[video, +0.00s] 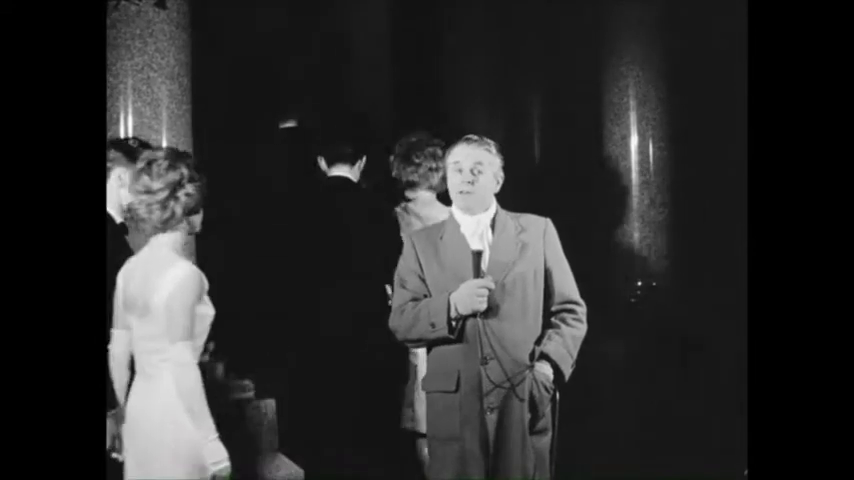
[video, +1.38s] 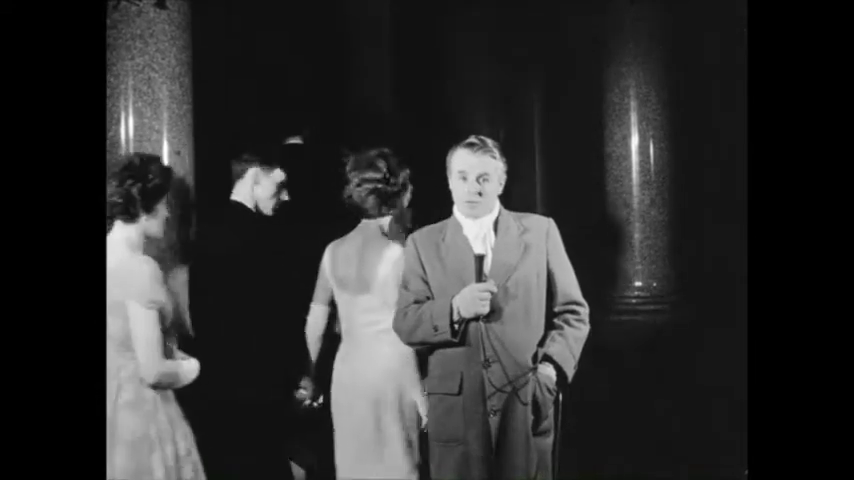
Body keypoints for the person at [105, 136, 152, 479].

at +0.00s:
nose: (142, 191)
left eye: (141, 179)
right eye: (137, 177)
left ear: (119, 179)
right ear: (117, 179)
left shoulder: (122, 239)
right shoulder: (114, 242)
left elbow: (119, 334)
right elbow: (115, 333)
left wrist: (118, 409)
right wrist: (114, 409)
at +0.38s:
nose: (186, 194)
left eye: (187, 184)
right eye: (179, 181)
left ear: (148, 176)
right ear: (145, 175)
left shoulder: (147, 239)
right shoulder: (127, 240)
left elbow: (155, 325)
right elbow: (138, 328)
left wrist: (169, 395)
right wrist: (164, 397)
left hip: (147, 403)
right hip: (134, 407)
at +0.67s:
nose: (204, 191)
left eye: (203, 181)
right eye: (196, 179)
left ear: (166, 177)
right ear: (165, 176)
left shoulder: (163, 234)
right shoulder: (152, 237)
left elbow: (183, 319)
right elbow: (170, 323)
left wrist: (206, 380)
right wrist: (201, 383)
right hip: (163, 396)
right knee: (169, 471)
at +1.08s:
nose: (238, 192)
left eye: (237, 182)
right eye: (229, 181)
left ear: (200, 179)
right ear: (199, 178)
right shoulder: (186, 239)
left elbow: (221, 320)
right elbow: (202, 326)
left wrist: (251, 377)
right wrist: (249, 379)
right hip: (197, 393)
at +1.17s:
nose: (250, 193)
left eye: (250, 182)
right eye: (241, 182)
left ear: (213, 180)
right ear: (212, 178)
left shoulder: (183, 235)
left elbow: (234, 319)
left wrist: (263, 375)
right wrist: (262, 377)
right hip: (210, 393)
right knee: (233, 469)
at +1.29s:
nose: (271, 195)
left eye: (270, 185)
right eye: (263, 184)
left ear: (234, 181)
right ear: (234, 180)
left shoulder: (197, 236)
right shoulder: (243, 238)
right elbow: (253, 318)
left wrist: (285, 375)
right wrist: (285, 375)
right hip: (238, 384)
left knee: (219, 469)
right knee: (251, 467)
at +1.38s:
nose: (284, 196)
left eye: (285, 186)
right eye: (278, 184)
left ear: (249, 178)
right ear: (252, 176)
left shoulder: (211, 223)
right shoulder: (262, 234)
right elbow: (278, 315)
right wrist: (301, 373)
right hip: (257, 372)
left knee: (226, 463)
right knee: (262, 462)